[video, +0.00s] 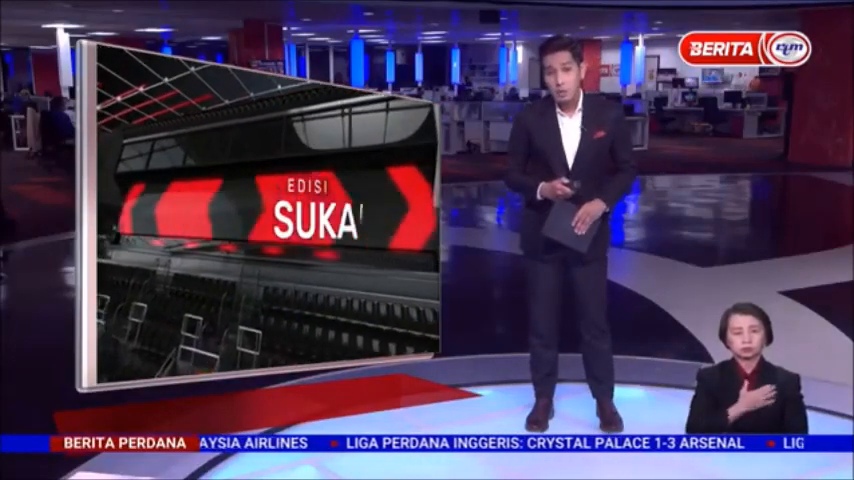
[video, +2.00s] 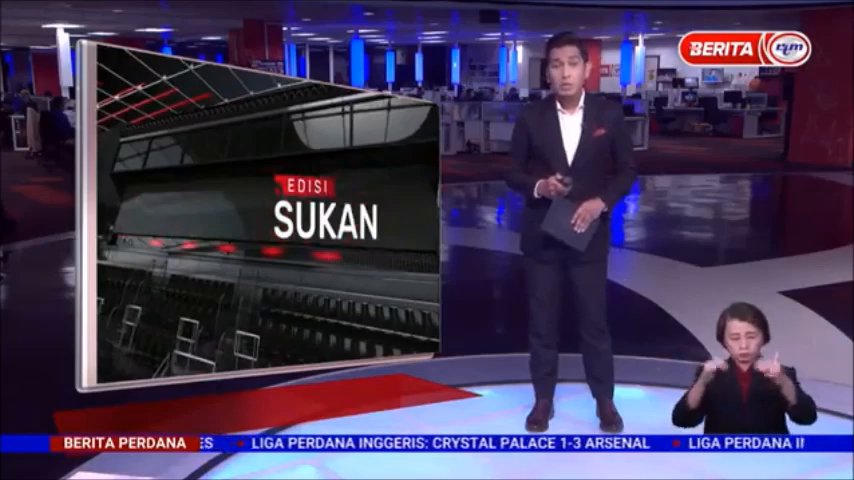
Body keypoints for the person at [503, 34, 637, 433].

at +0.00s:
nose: (558, 79)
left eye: (565, 69)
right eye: (550, 72)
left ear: (581, 71)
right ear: (543, 77)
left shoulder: (607, 112)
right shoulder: (529, 117)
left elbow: (626, 169)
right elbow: (512, 173)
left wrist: (601, 202)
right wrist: (540, 188)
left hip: (590, 231)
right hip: (542, 232)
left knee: (594, 320)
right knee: (543, 322)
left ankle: (605, 400)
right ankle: (542, 400)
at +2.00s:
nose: (564, 72)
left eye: (572, 63)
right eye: (557, 64)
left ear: (586, 69)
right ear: (548, 72)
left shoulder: (608, 112)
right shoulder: (531, 115)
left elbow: (626, 170)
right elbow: (513, 170)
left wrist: (601, 201)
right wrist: (537, 185)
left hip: (590, 232)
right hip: (542, 233)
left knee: (593, 321)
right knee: (543, 322)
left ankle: (605, 400)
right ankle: (542, 400)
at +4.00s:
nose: (561, 76)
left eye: (569, 68)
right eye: (554, 68)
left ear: (583, 72)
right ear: (545, 73)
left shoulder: (606, 112)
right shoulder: (528, 116)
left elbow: (624, 171)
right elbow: (512, 172)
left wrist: (602, 199)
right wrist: (532, 187)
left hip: (589, 231)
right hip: (541, 232)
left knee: (593, 321)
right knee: (543, 322)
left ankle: (605, 401)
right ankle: (542, 401)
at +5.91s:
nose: (574, 69)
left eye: (583, 62)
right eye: (567, 61)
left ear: (596, 69)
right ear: (556, 67)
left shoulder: (615, 113)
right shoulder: (536, 115)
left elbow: (632, 170)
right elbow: (518, 173)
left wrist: (609, 200)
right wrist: (543, 181)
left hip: (597, 231)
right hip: (548, 232)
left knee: (598, 320)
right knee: (547, 320)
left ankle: (605, 400)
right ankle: (543, 398)